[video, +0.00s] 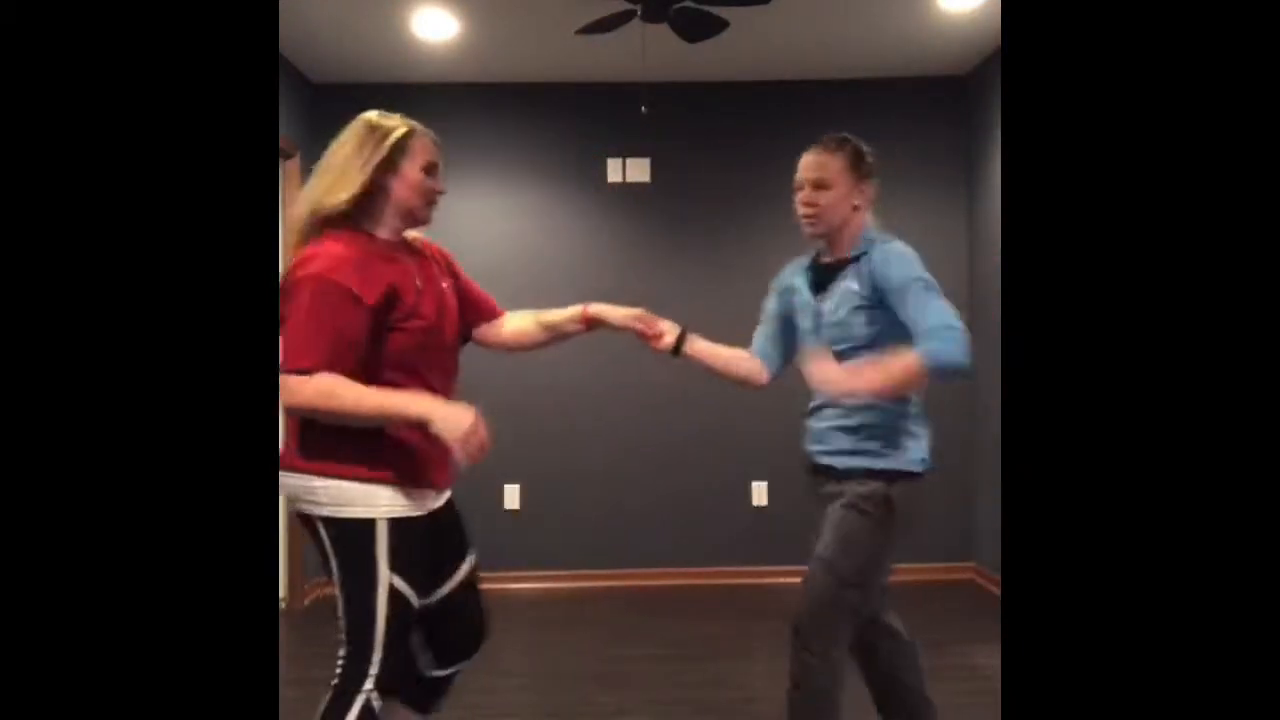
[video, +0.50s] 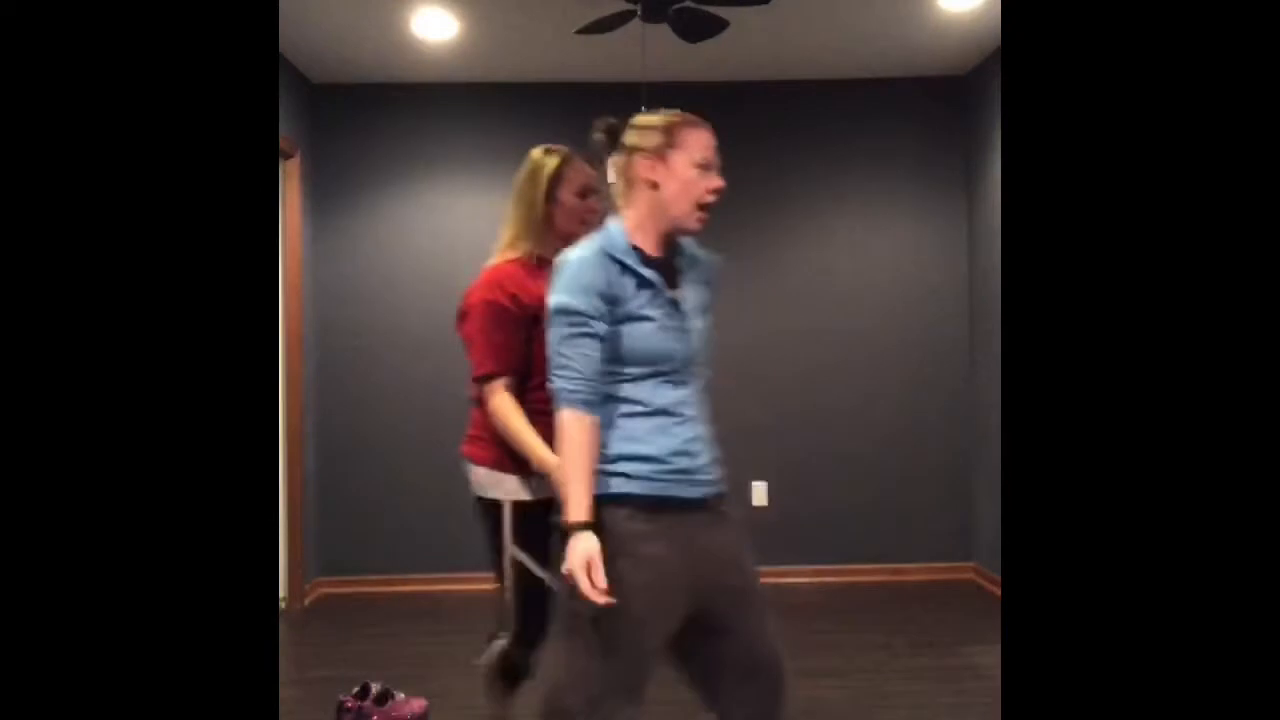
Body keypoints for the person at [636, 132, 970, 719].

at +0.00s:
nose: (804, 200)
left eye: (820, 187)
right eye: (799, 188)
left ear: (861, 196)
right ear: (794, 194)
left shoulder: (889, 261)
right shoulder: (794, 281)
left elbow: (949, 347)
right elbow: (758, 366)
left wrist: (848, 379)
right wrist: (678, 340)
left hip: (880, 473)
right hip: (827, 472)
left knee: (816, 624)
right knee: (868, 624)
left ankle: (812, 716)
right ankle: (915, 715)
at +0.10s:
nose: (780, 200)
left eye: (797, 187)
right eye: (772, 188)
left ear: (833, 198)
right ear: (763, 199)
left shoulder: (865, 269)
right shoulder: (750, 288)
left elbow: (952, 356)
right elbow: (734, 390)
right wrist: (651, 365)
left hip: (856, 486)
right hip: (781, 485)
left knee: (809, 652)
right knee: (786, 642)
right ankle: (901, 709)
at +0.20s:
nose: (760, 193)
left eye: (774, 181)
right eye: (748, 181)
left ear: (800, 194)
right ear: (729, 194)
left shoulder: (843, 271)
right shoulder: (706, 288)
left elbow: (905, 373)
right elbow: (701, 400)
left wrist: (901, 480)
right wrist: (610, 415)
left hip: (838, 497)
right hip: (743, 493)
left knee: (809, 668)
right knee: (723, 660)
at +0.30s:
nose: (742, 185)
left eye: (755, 173)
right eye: (728, 171)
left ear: (773, 186)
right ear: (698, 183)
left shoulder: (813, 271)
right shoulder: (665, 284)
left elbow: (841, 386)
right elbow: (661, 404)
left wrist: (840, 487)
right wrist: (636, 488)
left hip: (799, 508)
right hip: (698, 504)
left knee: (796, 691)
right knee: (681, 675)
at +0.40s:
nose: (737, 184)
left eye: (742, 171)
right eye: (721, 168)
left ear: (747, 182)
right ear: (670, 175)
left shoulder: (762, 272)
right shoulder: (623, 280)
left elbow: (770, 391)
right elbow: (622, 407)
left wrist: (775, 483)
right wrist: (616, 522)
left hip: (762, 510)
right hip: (669, 511)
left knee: (782, 690)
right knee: (632, 691)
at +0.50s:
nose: (718, 184)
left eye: (717, 169)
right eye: (703, 168)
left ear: (658, 173)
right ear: (649, 171)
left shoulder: (697, 270)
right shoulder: (585, 270)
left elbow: (683, 392)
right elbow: (577, 404)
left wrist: (710, 494)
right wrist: (579, 526)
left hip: (707, 524)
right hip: (624, 529)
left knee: (755, 692)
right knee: (579, 702)